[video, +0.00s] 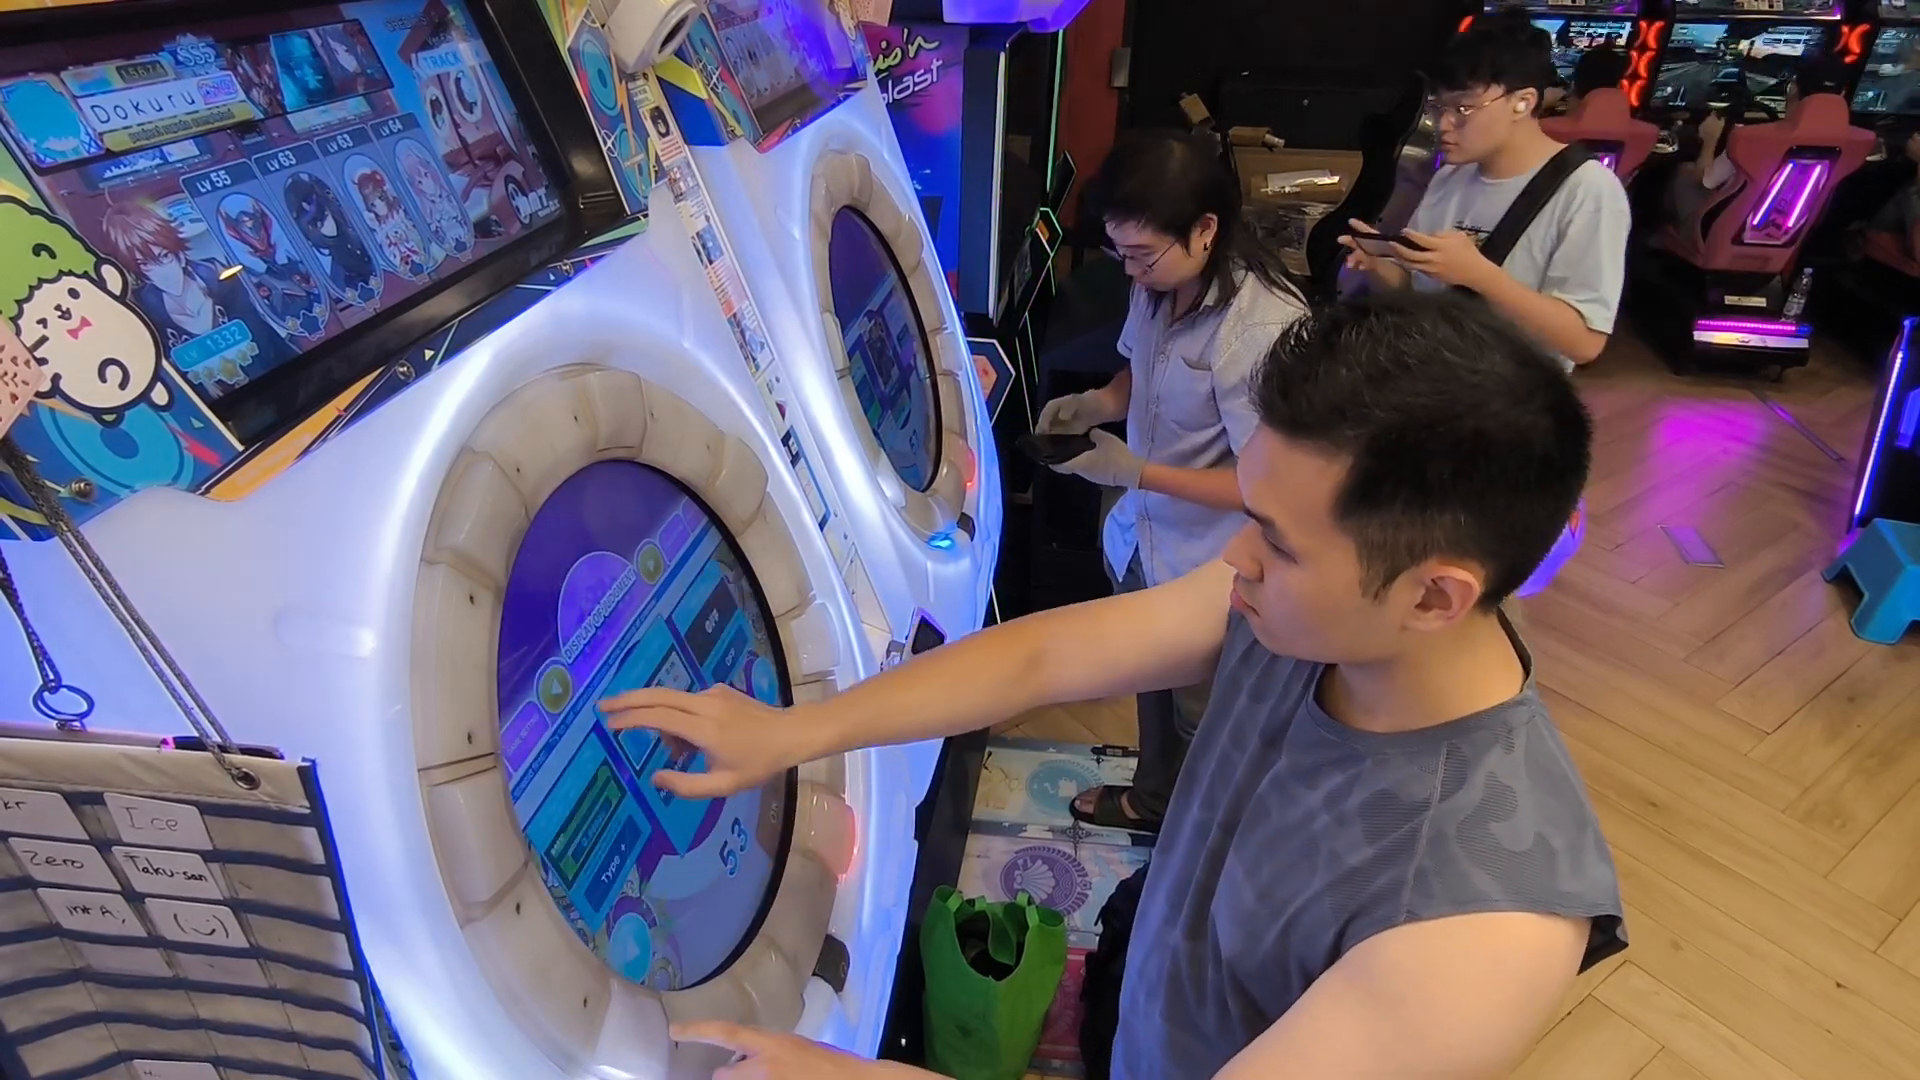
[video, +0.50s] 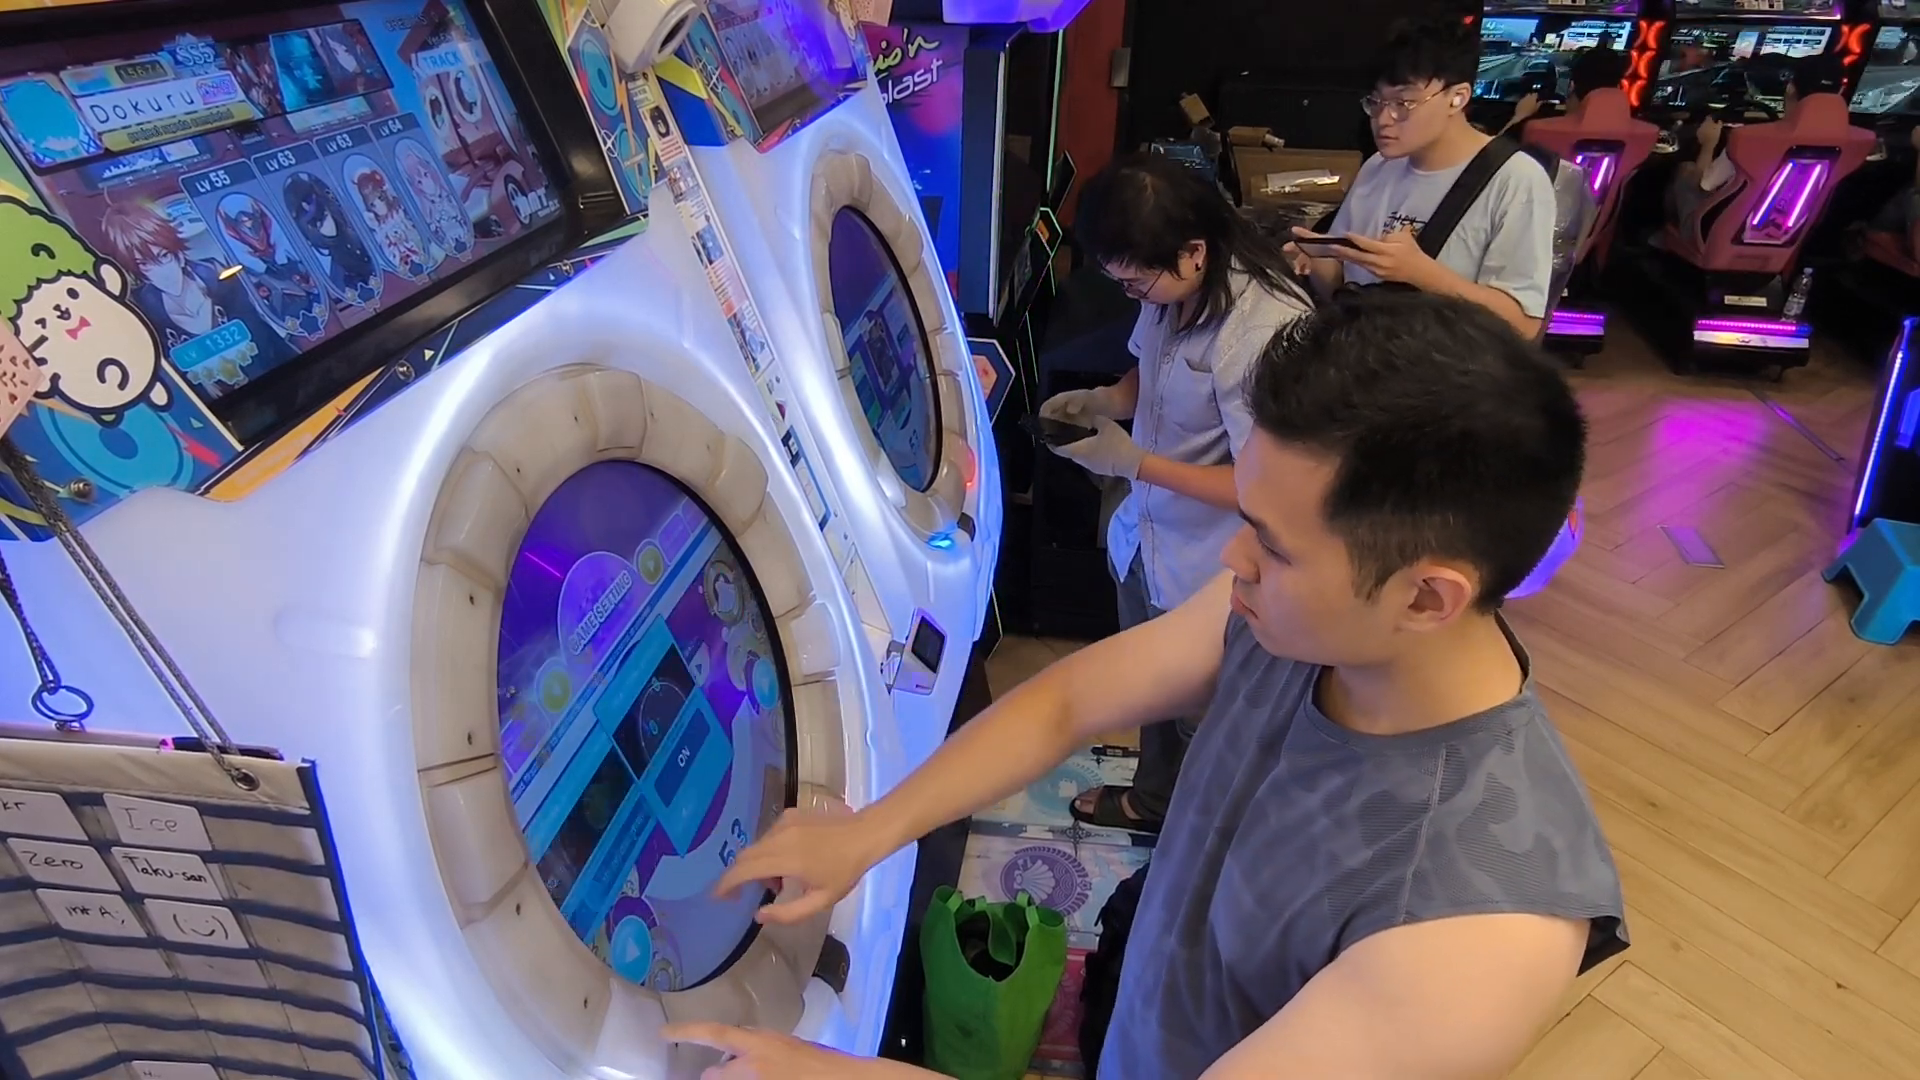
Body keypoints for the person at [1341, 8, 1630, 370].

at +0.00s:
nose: (1443, 124)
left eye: (1463, 108)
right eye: (1438, 107)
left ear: (1523, 103)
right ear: (1430, 102)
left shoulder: (1592, 191)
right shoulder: (1449, 180)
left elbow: (1584, 339)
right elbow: (1415, 295)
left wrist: (1476, 272)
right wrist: (1382, 266)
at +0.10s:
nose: (1418, 122)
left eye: (1438, 105)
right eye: (1414, 104)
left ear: (1497, 101)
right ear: (1406, 100)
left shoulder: (1564, 188)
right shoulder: (1426, 177)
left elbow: (1559, 335)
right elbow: (1391, 291)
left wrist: (1451, 270)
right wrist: (1358, 266)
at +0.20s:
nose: (1401, 119)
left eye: (1421, 102)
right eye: (1396, 102)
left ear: (1478, 99)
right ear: (1388, 98)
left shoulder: (1544, 181)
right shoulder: (1405, 174)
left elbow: (1542, 328)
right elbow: (1372, 290)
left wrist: (1433, 267)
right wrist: (1340, 264)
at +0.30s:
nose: (1389, 118)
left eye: (1409, 101)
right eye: (1384, 100)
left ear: (1466, 98)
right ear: (1376, 97)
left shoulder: (1530, 180)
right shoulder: (1391, 171)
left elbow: (1532, 323)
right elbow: (1359, 284)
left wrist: (1424, 268)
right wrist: (1327, 261)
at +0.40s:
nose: (1384, 118)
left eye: (1404, 102)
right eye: (1378, 101)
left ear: (1459, 98)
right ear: (1370, 99)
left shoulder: (1522, 180)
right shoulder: (1382, 169)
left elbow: (1527, 322)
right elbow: (1346, 281)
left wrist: (1421, 270)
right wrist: (1318, 260)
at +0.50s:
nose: (1383, 119)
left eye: (1403, 102)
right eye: (1376, 102)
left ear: (1458, 98)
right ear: (1368, 98)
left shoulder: (1519, 181)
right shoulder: (1377, 169)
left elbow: (1522, 324)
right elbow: (1338, 283)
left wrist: (1419, 270)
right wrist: (1315, 259)